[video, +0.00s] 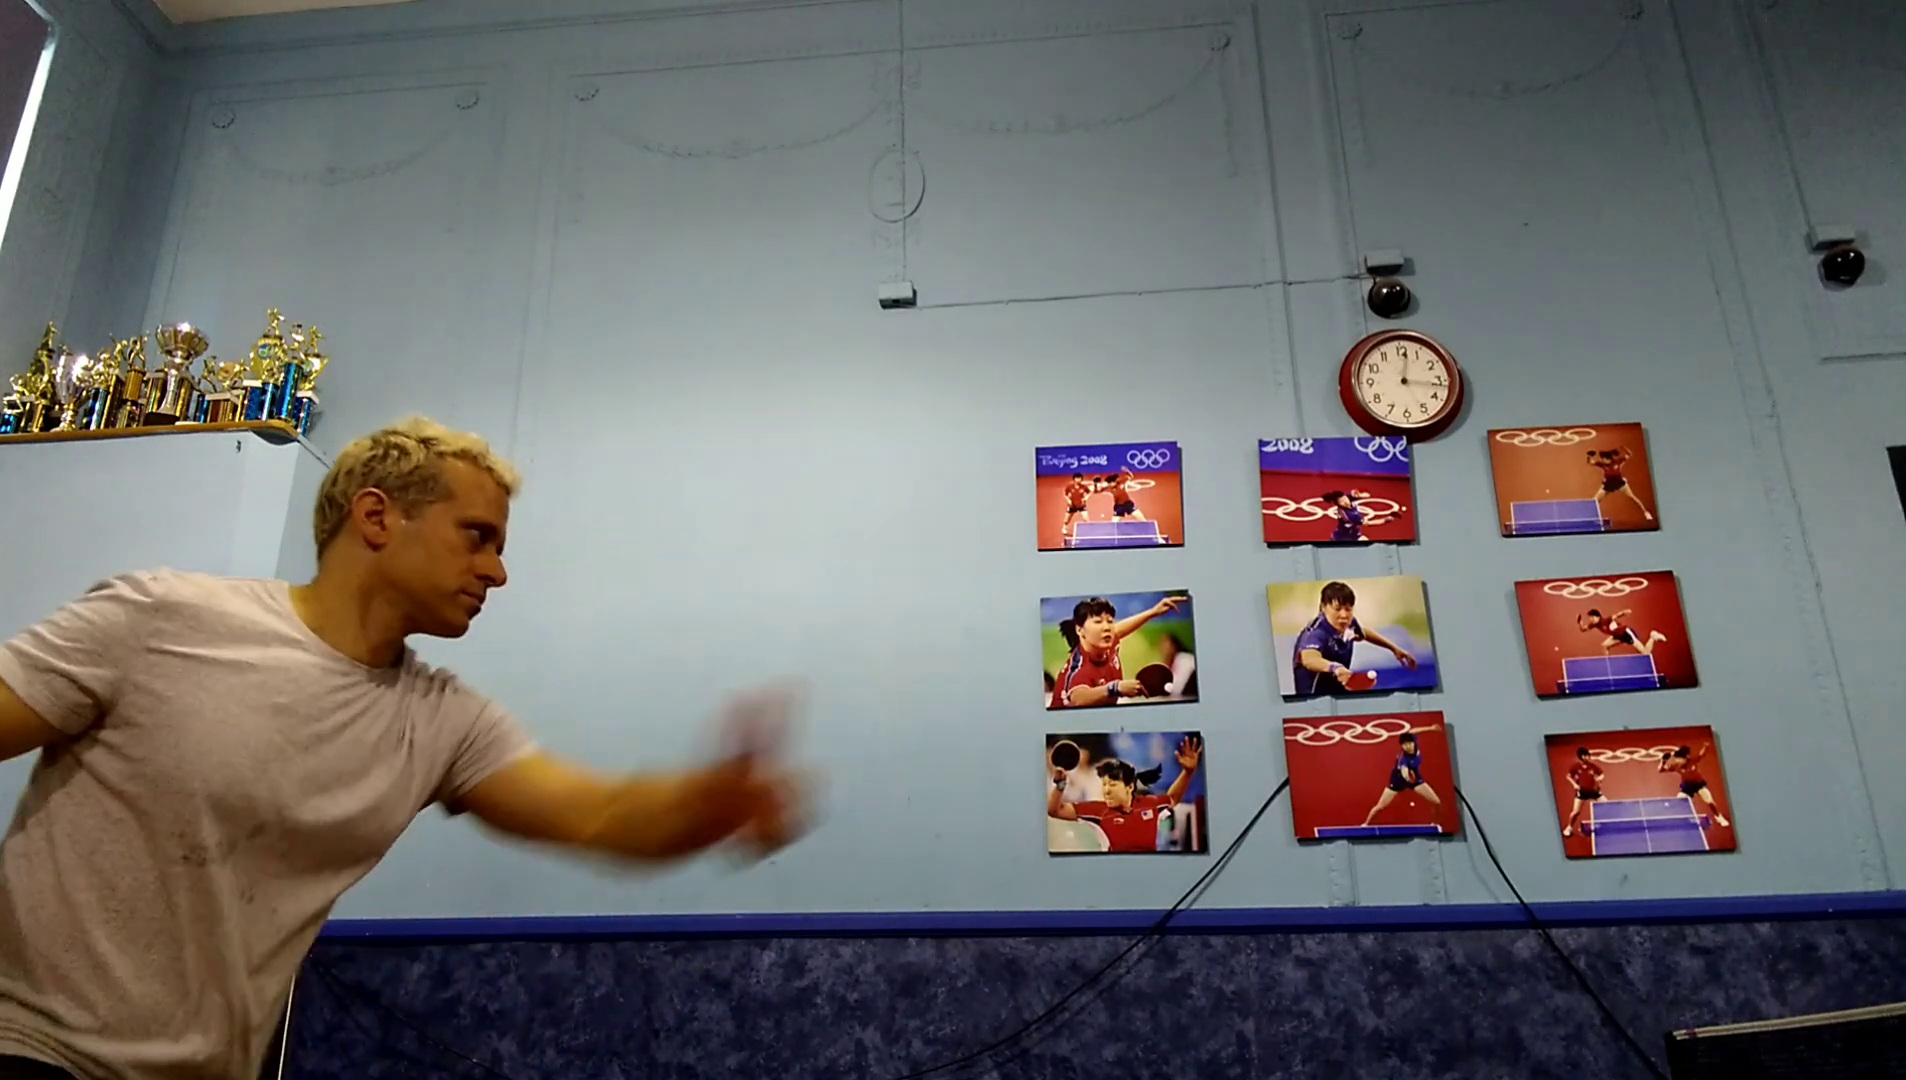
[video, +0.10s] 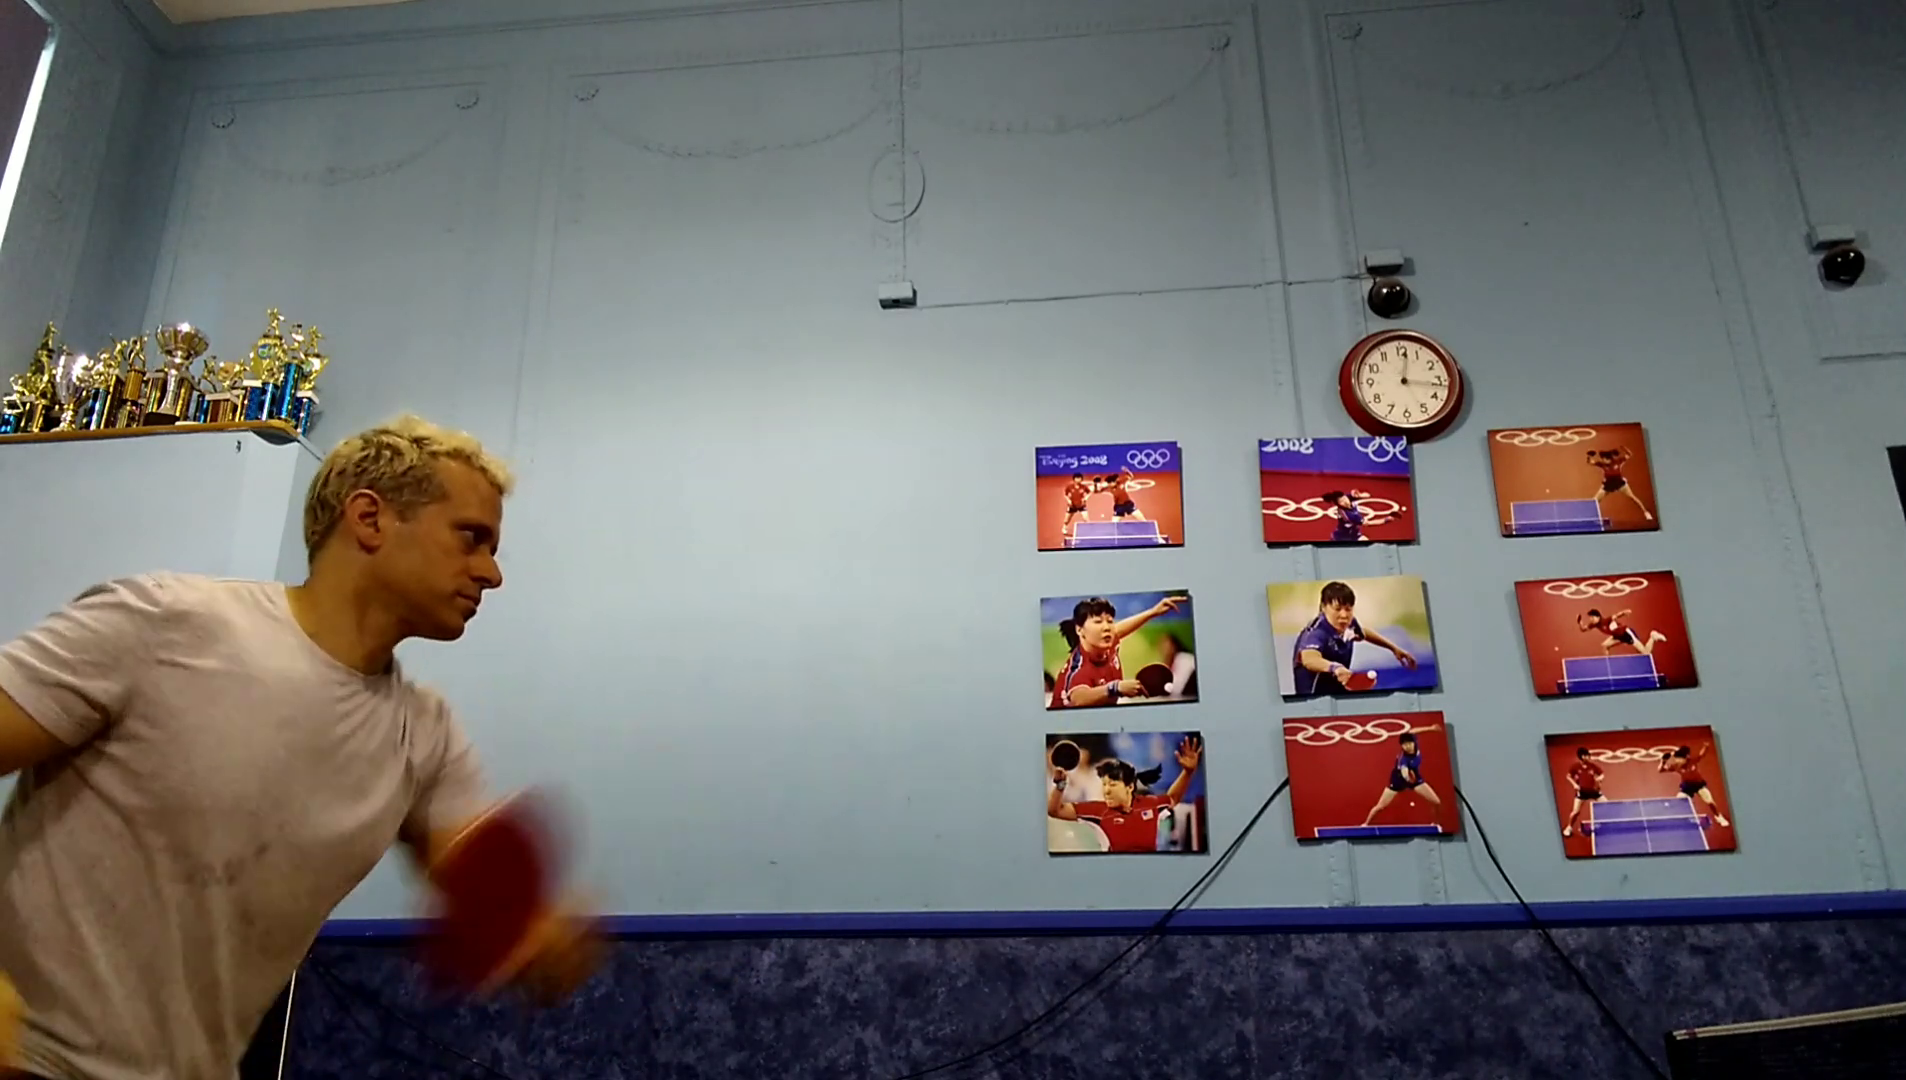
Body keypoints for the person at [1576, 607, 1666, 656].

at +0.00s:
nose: (1590, 620)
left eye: (1591, 618)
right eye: (1590, 618)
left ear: (1597, 617)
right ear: (1593, 618)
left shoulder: (1607, 620)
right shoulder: (1594, 624)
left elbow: (1617, 615)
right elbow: (1583, 630)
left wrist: (1625, 612)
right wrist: (1579, 623)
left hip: (1627, 634)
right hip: (1617, 637)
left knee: (1645, 652)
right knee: (1604, 645)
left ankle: (1653, 636)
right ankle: (1608, 667)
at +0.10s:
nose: (1590, 620)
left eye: (1591, 618)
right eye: (1590, 618)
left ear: (1597, 617)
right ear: (1593, 618)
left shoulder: (1607, 620)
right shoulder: (1594, 624)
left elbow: (1617, 615)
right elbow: (1583, 630)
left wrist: (1625, 612)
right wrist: (1579, 623)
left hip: (1627, 634)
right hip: (1617, 636)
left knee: (1645, 652)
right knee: (1604, 645)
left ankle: (1653, 636)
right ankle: (1608, 666)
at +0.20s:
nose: (1590, 620)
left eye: (1591, 618)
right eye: (1590, 619)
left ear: (1597, 617)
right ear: (1593, 618)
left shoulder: (1607, 620)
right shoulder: (1594, 624)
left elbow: (1617, 615)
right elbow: (1583, 630)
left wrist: (1625, 612)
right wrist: (1579, 623)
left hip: (1627, 634)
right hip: (1617, 636)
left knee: (1645, 652)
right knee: (1604, 645)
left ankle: (1653, 636)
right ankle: (1608, 667)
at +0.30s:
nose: (1590, 620)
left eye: (1591, 618)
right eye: (1590, 618)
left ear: (1597, 617)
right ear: (1593, 618)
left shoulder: (1607, 620)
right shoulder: (1594, 624)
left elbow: (1617, 615)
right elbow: (1583, 630)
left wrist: (1626, 612)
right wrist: (1579, 623)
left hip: (1627, 634)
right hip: (1617, 637)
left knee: (1645, 652)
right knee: (1604, 645)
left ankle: (1653, 636)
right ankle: (1608, 667)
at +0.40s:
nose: (1590, 620)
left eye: (1591, 618)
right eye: (1590, 618)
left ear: (1597, 617)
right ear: (1593, 618)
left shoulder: (1607, 620)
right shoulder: (1594, 624)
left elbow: (1617, 615)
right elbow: (1583, 630)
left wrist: (1626, 612)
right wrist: (1579, 623)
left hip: (1627, 634)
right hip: (1617, 637)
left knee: (1645, 652)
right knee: (1604, 645)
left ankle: (1653, 636)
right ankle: (1608, 667)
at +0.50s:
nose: (1590, 621)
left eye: (1591, 618)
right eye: (1590, 619)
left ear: (1597, 617)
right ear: (1592, 619)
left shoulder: (1606, 620)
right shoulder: (1594, 625)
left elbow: (1617, 616)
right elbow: (1583, 630)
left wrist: (1625, 612)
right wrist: (1579, 622)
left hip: (1627, 634)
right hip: (1618, 636)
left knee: (1645, 652)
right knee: (1604, 645)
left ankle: (1653, 636)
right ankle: (1608, 667)